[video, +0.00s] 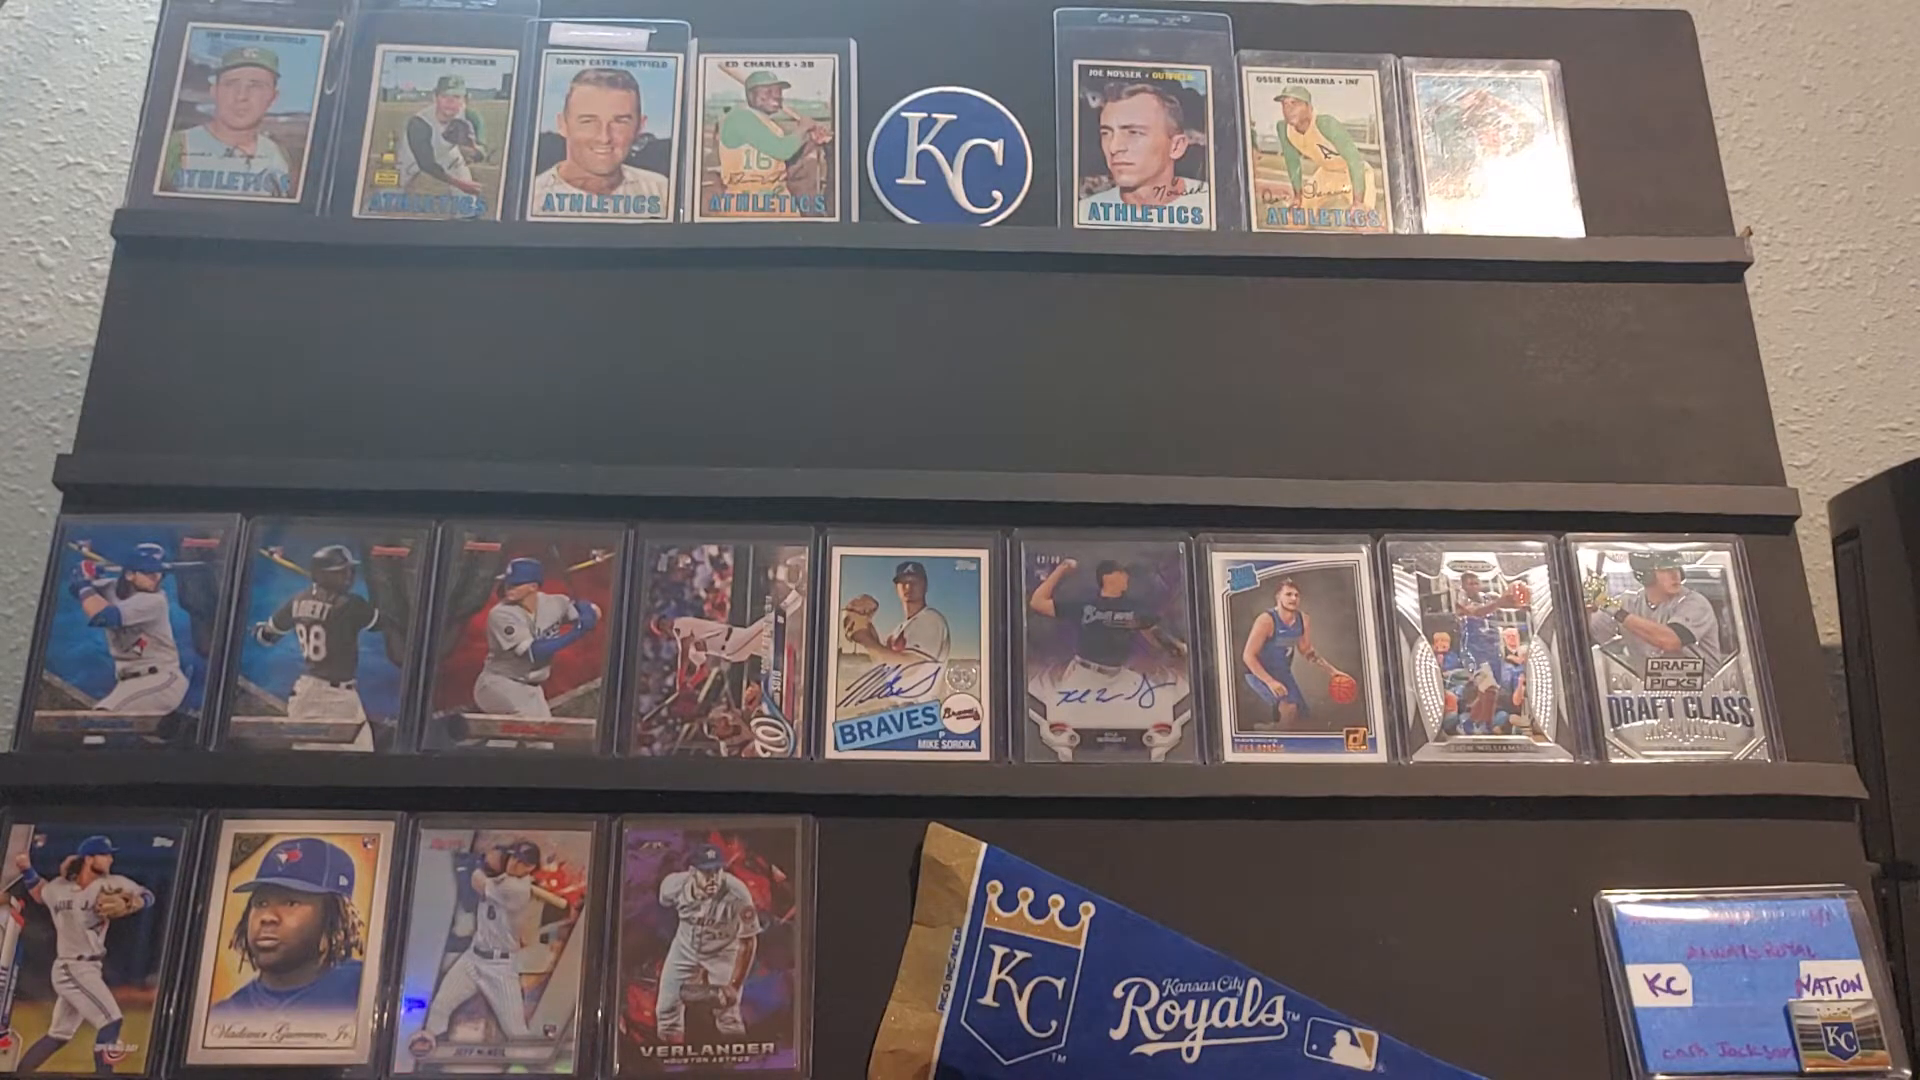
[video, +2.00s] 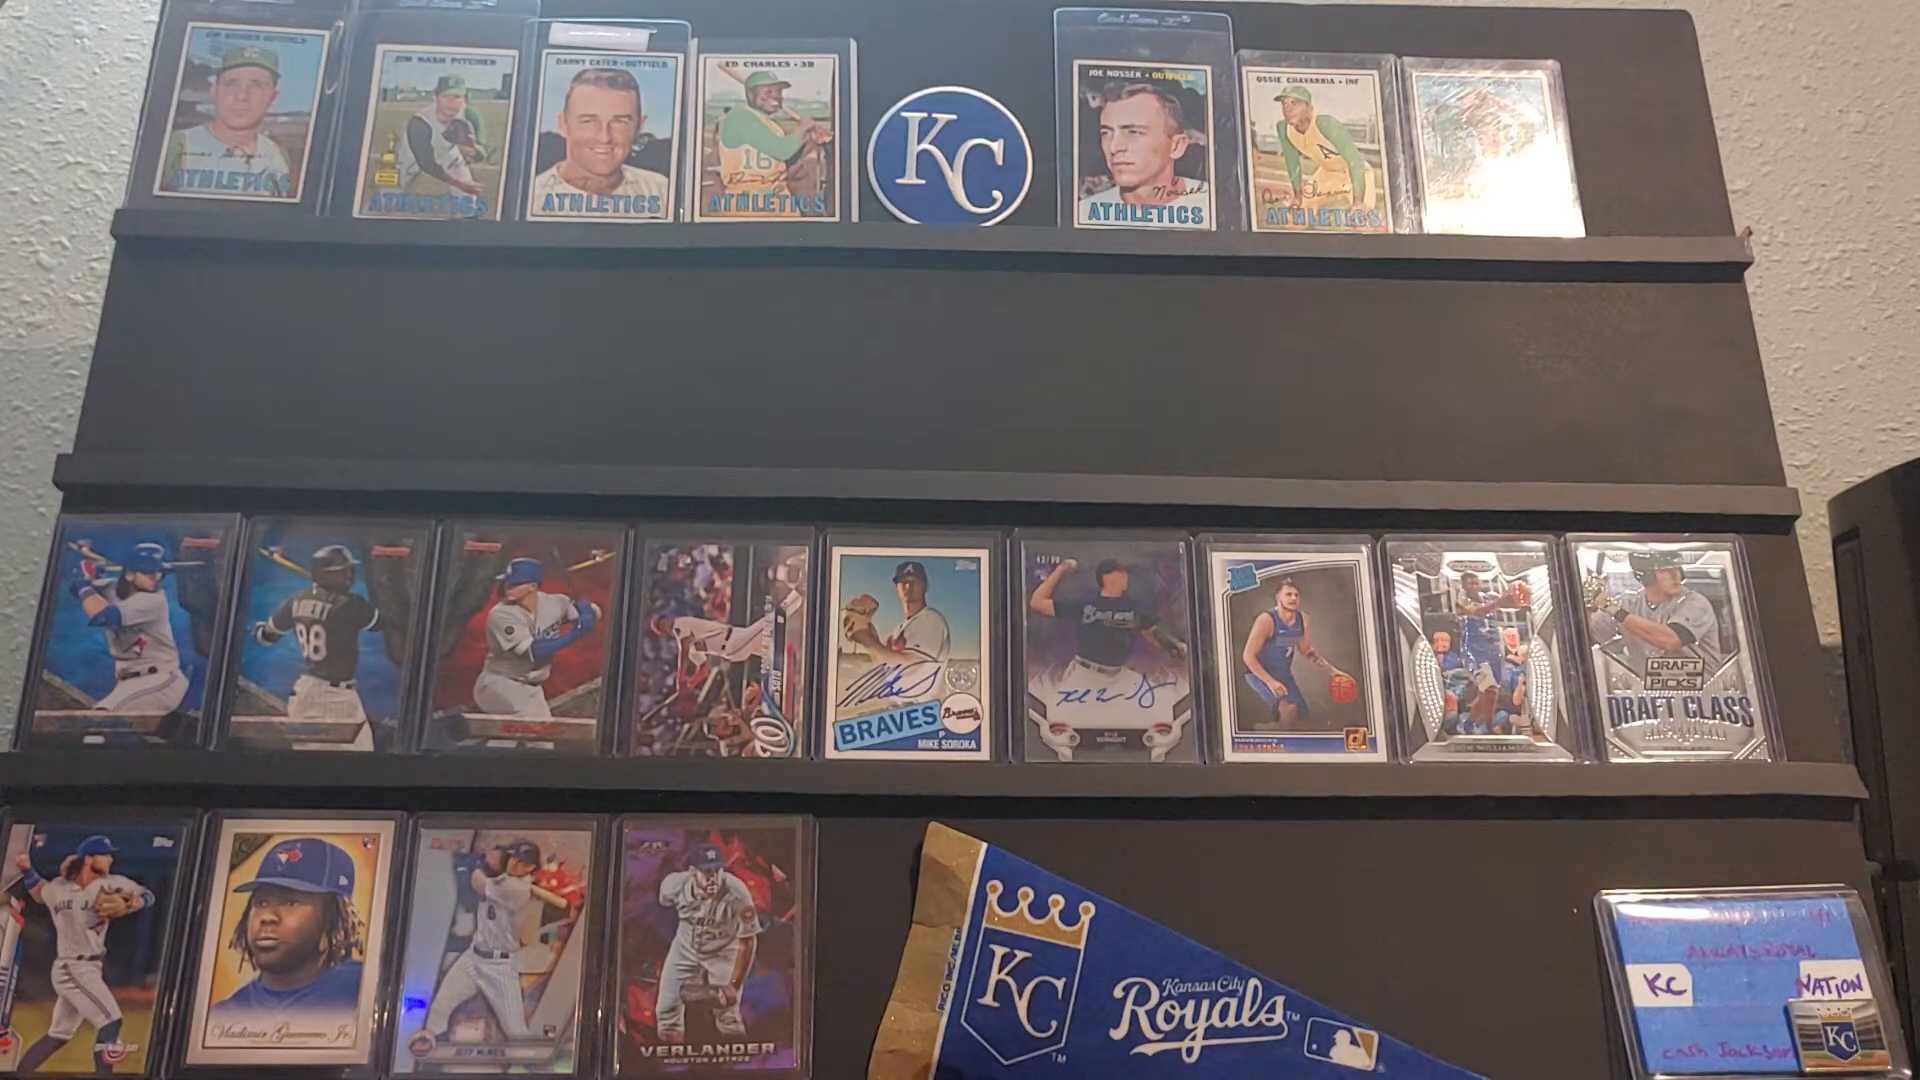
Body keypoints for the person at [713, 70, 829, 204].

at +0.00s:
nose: (776, 97)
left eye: (778, 91)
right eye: (768, 92)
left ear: (782, 93)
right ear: (752, 96)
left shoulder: (773, 126)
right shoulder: (739, 117)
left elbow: (784, 168)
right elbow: (783, 151)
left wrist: (811, 143)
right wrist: (803, 128)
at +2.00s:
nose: (776, 97)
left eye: (778, 92)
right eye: (769, 92)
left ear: (782, 93)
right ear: (752, 94)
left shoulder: (773, 126)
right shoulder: (739, 118)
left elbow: (785, 168)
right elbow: (782, 151)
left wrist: (811, 143)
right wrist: (803, 128)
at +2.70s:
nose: (776, 97)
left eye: (779, 92)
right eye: (769, 92)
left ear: (782, 94)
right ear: (751, 95)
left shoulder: (775, 127)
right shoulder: (738, 118)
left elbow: (783, 169)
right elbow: (782, 151)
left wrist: (810, 144)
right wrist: (802, 129)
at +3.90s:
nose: (776, 97)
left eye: (779, 92)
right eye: (769, 92)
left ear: (782, 94)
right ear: (751, 95)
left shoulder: (774, 127)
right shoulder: (738, 118)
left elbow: (785, 169)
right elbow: (783, 151)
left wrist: (811, 143)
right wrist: (802, 128)